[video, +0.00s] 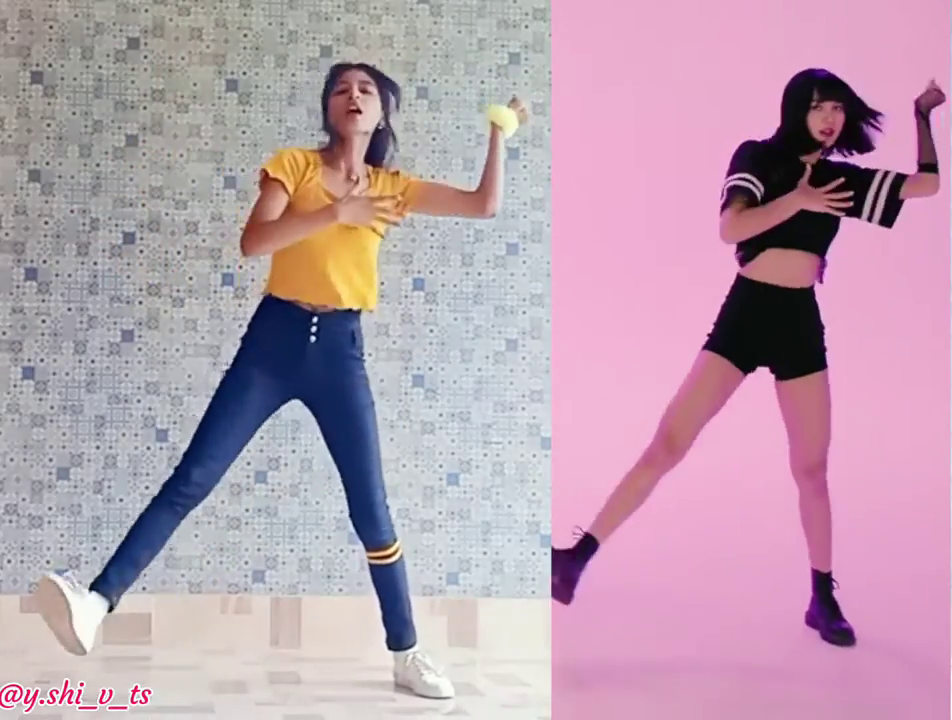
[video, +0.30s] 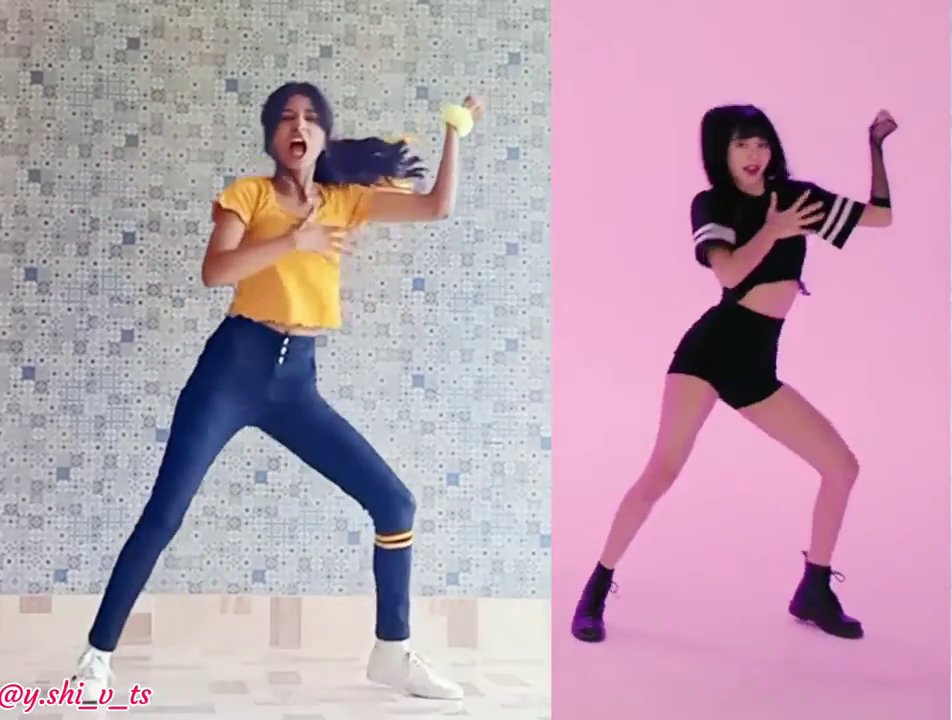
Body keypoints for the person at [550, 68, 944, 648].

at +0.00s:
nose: (829, 118)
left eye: (837, 109)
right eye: (818, 108)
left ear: (847, 117)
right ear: (796, 111)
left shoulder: (840, 177)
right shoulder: (758, 156)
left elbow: (927, 184)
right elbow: (731, 229)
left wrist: (923, 119)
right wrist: (796, 201)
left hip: (800, 325)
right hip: (742, 317)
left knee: (812, 470)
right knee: (665, 450)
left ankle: (823, 597)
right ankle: (576, 558)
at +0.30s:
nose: (753, 153)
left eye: (760, 142)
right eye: (740, 145)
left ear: (772, 148)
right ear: (719, 155)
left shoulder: (794, 198)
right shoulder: (712, 205)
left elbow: (880, 215)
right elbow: (727, 272)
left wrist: (875, 150)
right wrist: (774, 232)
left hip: (754, 366)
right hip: (708, 351)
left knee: (841, 467)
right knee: (661, 472)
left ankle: (814, 590)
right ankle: (596, 590)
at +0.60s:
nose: (730, 170)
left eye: (739, 160)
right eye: (720, 160)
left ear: (750, 164)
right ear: (701, 164)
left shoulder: (768, 209)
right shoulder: (695, 211)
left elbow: (845, 216)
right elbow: (733, 236)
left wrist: (840, 149)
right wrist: (771, 232)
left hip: (747, 371)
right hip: (700, 359)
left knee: (835, 462)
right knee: (654, 481)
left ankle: (815, 582)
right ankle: (599, 585)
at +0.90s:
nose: (717, 179)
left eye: (726, 168)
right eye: (707, 168)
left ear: (739, 171)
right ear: (689, 169)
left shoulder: (756, 214)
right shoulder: (671, 224)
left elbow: (837, 222)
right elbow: (633, 301)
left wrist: (829, 159)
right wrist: (677, 252)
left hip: (726, 367)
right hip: (678, 356)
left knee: (812, 462)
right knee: (634, 478)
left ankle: (801, 578)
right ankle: (586, 581)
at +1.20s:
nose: (708, 175)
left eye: (718, 165)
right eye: (698, 163)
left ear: (729, 168)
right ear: (682, 165)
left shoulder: (745, 208)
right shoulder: (671, 219)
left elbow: (824, 209)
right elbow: (717, 283)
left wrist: (821, 143)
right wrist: (798, 301)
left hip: (725, 369)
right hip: (677, 359)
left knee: (811, 460)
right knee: (637, 475)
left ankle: (801, 580)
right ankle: (586, 582)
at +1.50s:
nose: (701, 167)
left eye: (706, 156)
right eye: (689, 162)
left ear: (719, 159)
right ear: (676, 173)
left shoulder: (756, 208)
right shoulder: (677, 233)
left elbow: (837, 214)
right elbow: (639, 316)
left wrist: (838, 147)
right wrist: (599, 391)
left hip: (735, 373)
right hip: (688, 362)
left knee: (818, 469)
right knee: (653, 481)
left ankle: (819, 594)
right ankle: (602, 594)